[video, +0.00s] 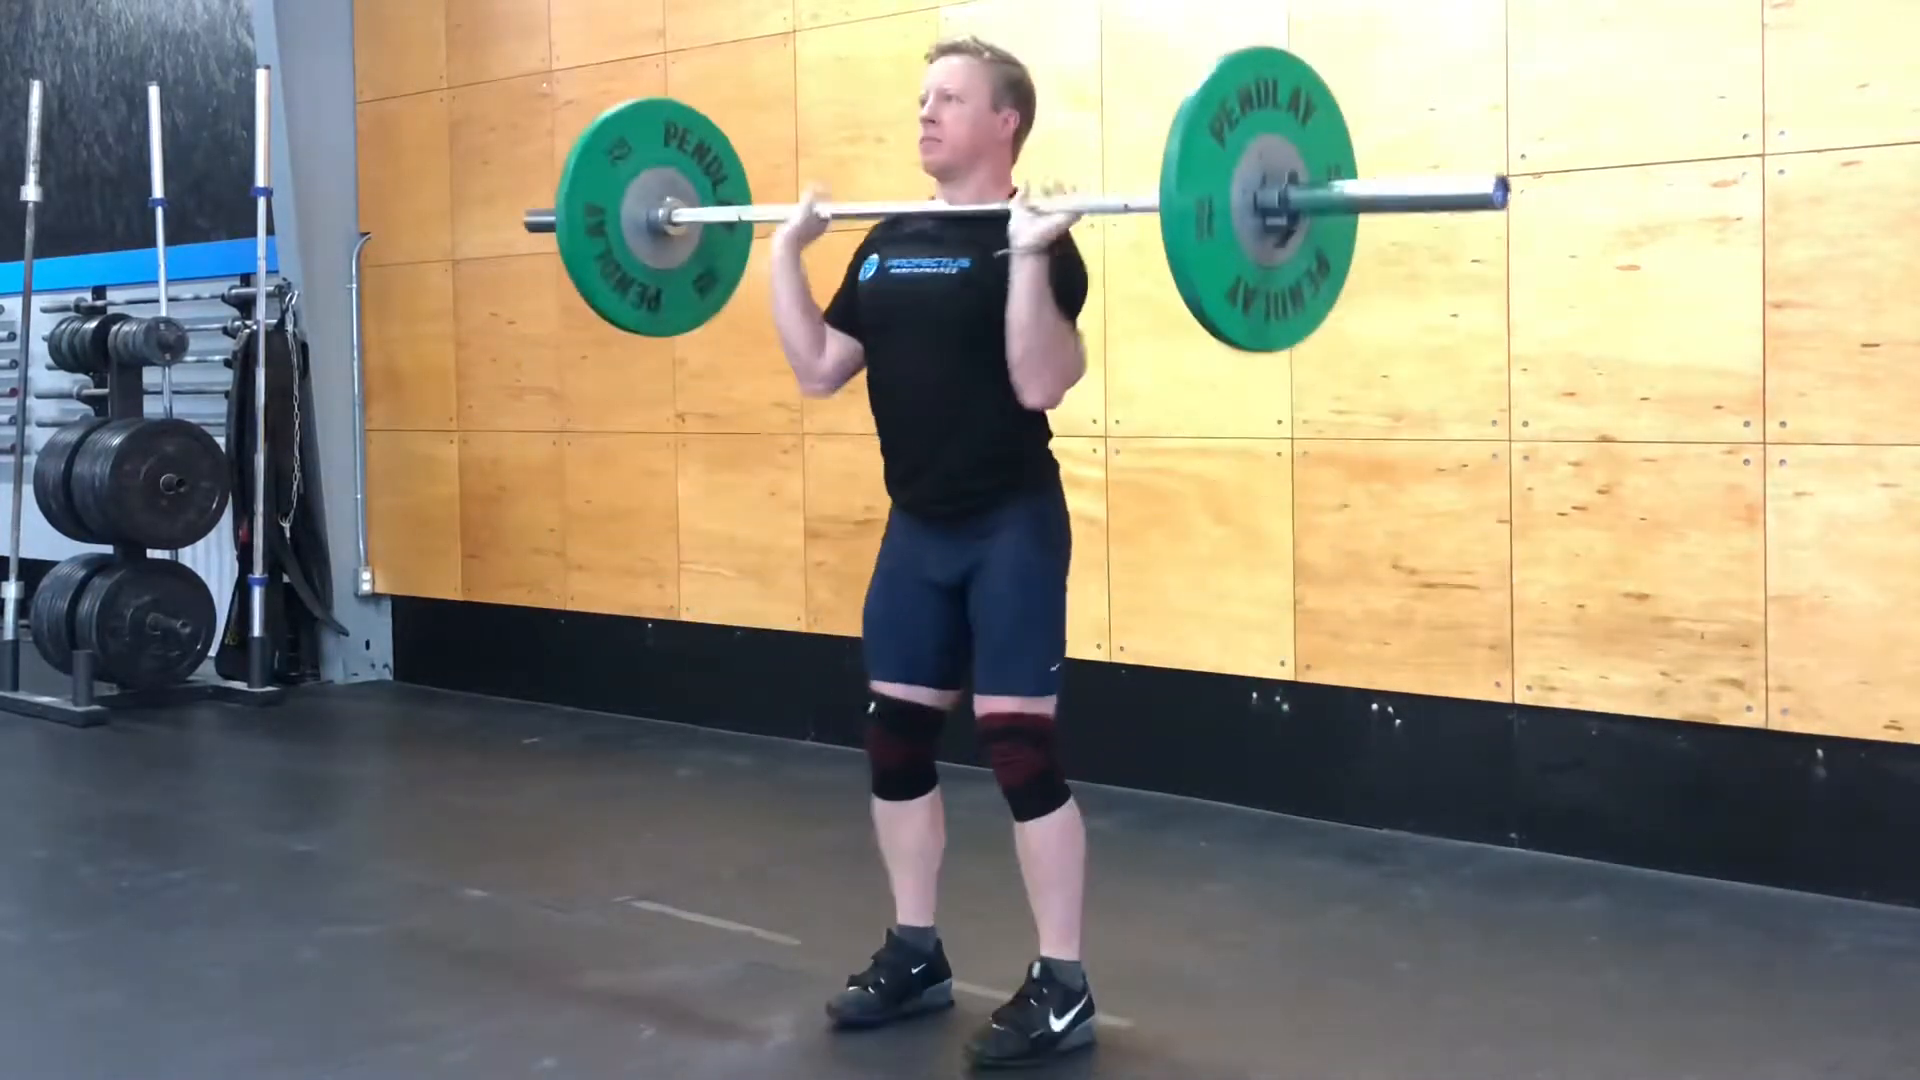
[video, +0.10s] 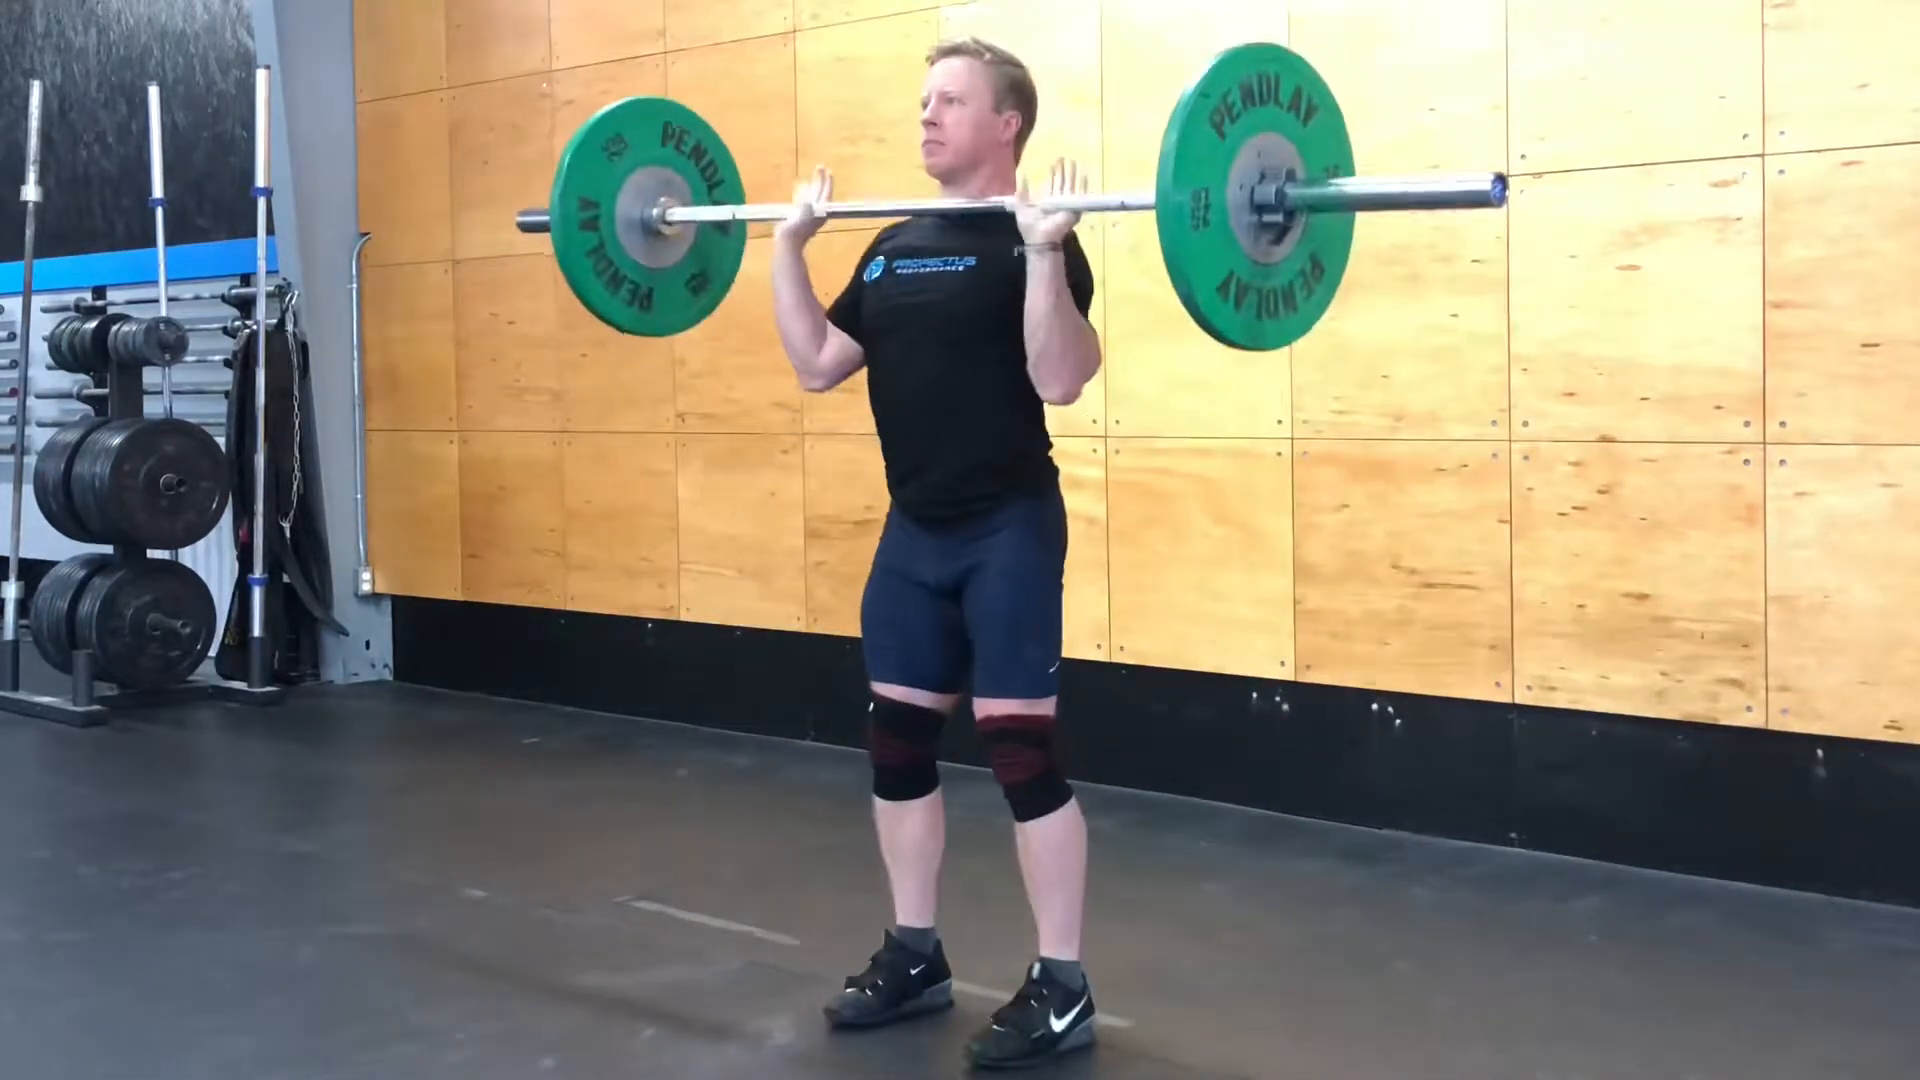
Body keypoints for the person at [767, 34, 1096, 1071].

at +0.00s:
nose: (926, 117)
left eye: (948, 103)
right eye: (925, 103)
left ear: (1006, 124)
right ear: (931, 122)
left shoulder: (1043, 246)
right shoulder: (889, 241)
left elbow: (1042, 384)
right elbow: (820, 367)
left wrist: (1027, 252)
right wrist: (784, 252)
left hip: (1016, 523)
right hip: (915, 524)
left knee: (1020, 751)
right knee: (897, 741)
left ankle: (1062, 986)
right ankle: (914, 956)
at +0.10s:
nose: (928, 117)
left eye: (951, 103)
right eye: (926, 103)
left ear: (1008, 125)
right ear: (931, 123)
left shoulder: (1041, 241)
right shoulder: (895, 243)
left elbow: (1062, 381)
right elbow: (820, 361)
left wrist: (1045, 255)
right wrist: (787, 245)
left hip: (1013, 527)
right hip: (913, 528)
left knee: (1022, 754)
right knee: (899, 744)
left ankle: (1061, 986)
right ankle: (913, 958)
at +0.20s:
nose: (919, 127)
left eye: (939, 112)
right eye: (918, 112)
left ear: (1000, 130)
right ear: (927, 133)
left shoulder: (1040, 240)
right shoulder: (900, 247)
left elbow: (1089, 391)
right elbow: (846, 376)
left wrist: (1052, 277)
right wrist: (795, 280)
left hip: (1009, 529)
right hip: (912, 531)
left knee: (1007, 754)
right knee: (884, 742)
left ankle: (1060, 988)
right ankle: (912, 959)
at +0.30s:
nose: (920, 127)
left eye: (939, 112)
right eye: (917, 113)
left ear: (1001, 127)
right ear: (925, 131)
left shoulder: (1058, 238)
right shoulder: (915, 243)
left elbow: (1138, 352)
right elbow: (886, 357)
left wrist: (1072, 298)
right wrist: (815, 307)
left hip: (998, 535)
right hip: (903, 530)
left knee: (1001, 755)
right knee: (880, 743)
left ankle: (1056, 985)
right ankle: (909, 957)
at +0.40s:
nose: (940, 105)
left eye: (958, 90)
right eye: (936, 91)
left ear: (1021, 101)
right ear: (940, 104)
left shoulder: (1061, 198)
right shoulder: (921, 196)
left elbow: (1145, 296)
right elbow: (868, 303)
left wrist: (1054, 365)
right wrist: (797, 357)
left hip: (990, 498)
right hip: (892, 495)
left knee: (996, 720)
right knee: (877, 711)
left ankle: (1043, 963)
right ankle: (895, 928)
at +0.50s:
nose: (921, 119)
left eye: (940, 103)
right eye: (916, 104)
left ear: (1001, 111)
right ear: (918, 116)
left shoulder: (1039, 231)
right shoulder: (896, 234)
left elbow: (1100, 364)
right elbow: (864, 363)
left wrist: (1057, 496)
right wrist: (806, 472)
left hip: (990, 533)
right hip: (888, 523)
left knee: (999, 747)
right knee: (870, 732)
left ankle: (1045, 977)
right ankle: (906, 945)